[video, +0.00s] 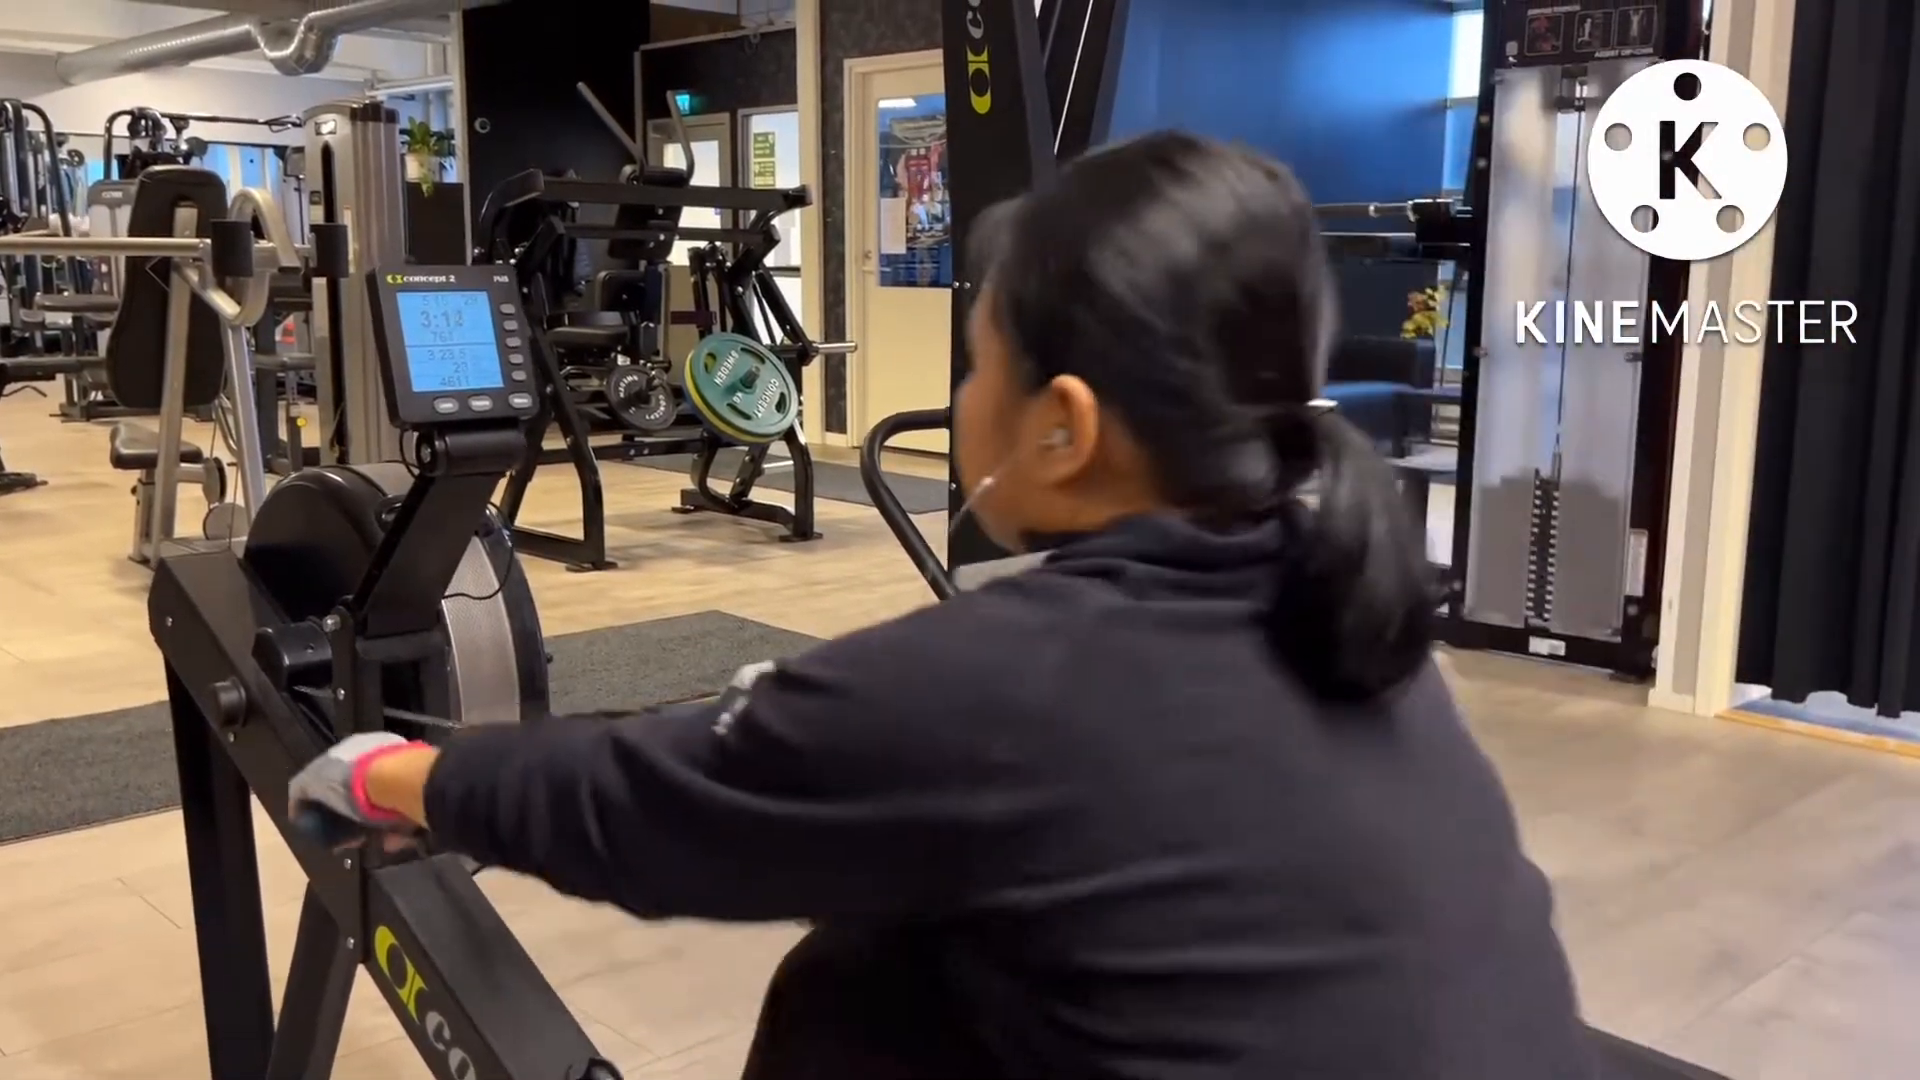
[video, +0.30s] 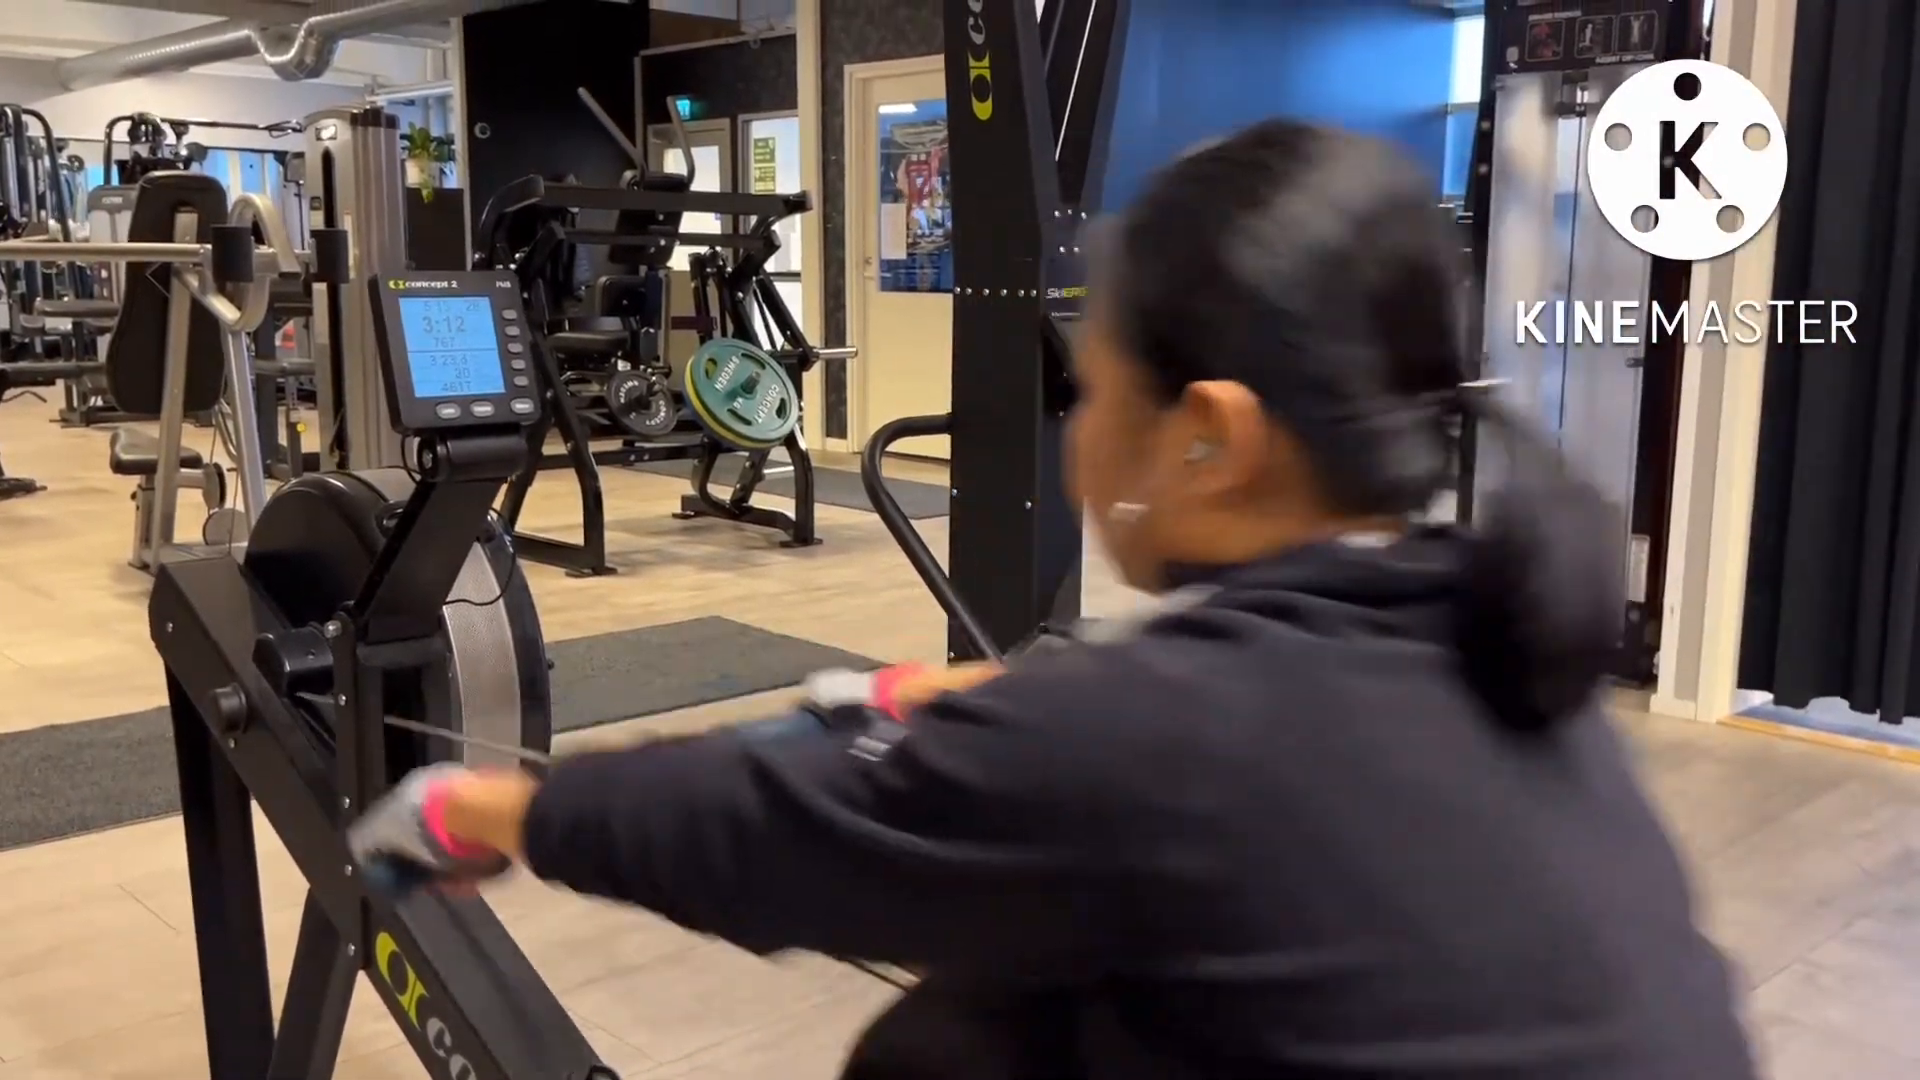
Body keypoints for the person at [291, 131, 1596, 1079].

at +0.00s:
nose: (958, 400)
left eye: (976, 363)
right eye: (970, 359)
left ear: (1072, 423)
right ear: (1266, 393)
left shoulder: (996, 677)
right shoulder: (1357, 589)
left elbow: (659, 794)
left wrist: (427, 775)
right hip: (1535, 1045)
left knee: (854, 971)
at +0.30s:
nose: (1068, 435)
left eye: (1089, 393)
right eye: (1075, 389)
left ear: (1217, 439)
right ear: (1401, 421)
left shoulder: (1140, 720)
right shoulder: (1509, 626)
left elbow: (806, 814)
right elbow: (1270, 689)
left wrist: (524, 809)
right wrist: (994, 692)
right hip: (1678, 1042)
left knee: (944, 1029)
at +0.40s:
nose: (1228, 455)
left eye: (1253, 403)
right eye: (1234, 401)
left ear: (1412, 446)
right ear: (1608, 428)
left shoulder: (1317, 789)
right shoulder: (1722, 718)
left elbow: (910, 895)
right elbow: (1422, 801)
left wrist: (623, 880)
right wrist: (1113, 775)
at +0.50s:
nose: (1406, 457)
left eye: (1439, 397)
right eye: (1420, 396)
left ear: (1646, 444)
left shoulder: (1533, 839)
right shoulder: (1882, 698)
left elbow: (1108, 986)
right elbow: (1530, 807)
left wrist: (737, 934)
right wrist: (1210, 813)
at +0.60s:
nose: (1613, 457)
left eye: (1667, 386)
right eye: (1640, 384)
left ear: (1888, 431)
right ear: (1877, 442)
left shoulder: (1767, 901)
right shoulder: (1855, 772)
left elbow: (1228, 1076)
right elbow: (1596, 866)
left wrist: (809, 988)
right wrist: (1238, 833)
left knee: (701, 985)